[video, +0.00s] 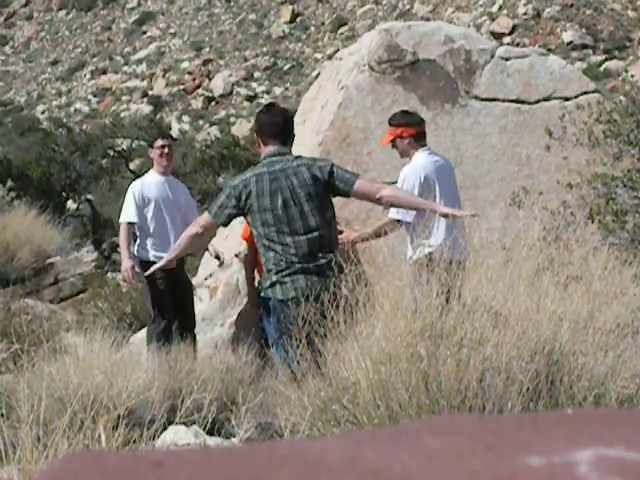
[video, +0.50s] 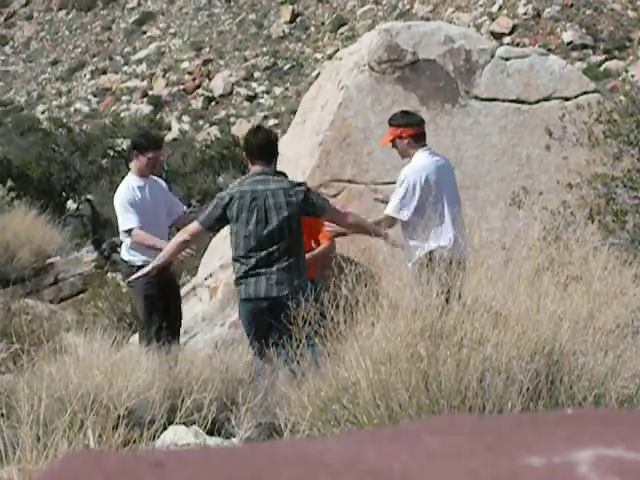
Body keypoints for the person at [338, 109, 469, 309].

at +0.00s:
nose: (393, 147)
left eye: (395, 141)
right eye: (392, 142)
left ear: (407, 140)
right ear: (418, 138)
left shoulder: (412, 171)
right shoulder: (444, 164)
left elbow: (395, 221)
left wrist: (357, 237)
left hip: (427, 256)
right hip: (455, 251)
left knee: (424, 316)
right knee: (451, 313)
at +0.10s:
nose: (395, 146)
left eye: (396, 141)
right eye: (393, 141)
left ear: (409, 139)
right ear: (417, 138)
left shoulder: (413, 171)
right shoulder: (444, 164)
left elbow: (395, 219)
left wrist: (360, 232)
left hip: (428, 255)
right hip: (455, 251)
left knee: (425, 315)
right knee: (451, 311)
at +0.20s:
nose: (395, 146)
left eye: (396, 140)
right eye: (394, 141)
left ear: (409, 138)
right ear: (419, 137)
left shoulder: (416, 170)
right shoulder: (443, 163)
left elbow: (391, 218)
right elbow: (420, 199)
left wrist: (360, 218)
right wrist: (381, 192)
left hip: (428, 256)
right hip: (454, 252)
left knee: (426, 319)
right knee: (450, 316)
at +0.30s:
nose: (395, 145)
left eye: (397, 140)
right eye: (394, 140)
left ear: (408, 139)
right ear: (417, 138)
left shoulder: (415, 171)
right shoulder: (441, 163)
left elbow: (381, 215)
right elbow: (415, 192)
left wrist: (350, 207)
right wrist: (381, 186)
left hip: (431, 257)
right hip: (454, 253)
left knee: (429, 320)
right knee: (449, 315)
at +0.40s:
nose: (394, 147)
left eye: (395, 141)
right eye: (393, 142)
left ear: (407, 140)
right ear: (416, 139)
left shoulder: (415, 171)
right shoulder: (442, 163)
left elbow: (382, 216)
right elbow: (419, 190)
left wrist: (346, 215)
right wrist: (384, 187)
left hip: (429, 256)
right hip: (454, 251)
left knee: (428, 319)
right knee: (452, 314)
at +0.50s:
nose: (393, 147)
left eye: (395, 142)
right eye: (393, 142)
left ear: (406, 140)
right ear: (420, 138)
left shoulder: (413, 172)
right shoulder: (443, 163)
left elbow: (388, 222)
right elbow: (427, 200)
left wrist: (345, 232)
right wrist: (391, 201)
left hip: (429, 256)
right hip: (454, 251)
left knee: (429, 320)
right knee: (451, 315)